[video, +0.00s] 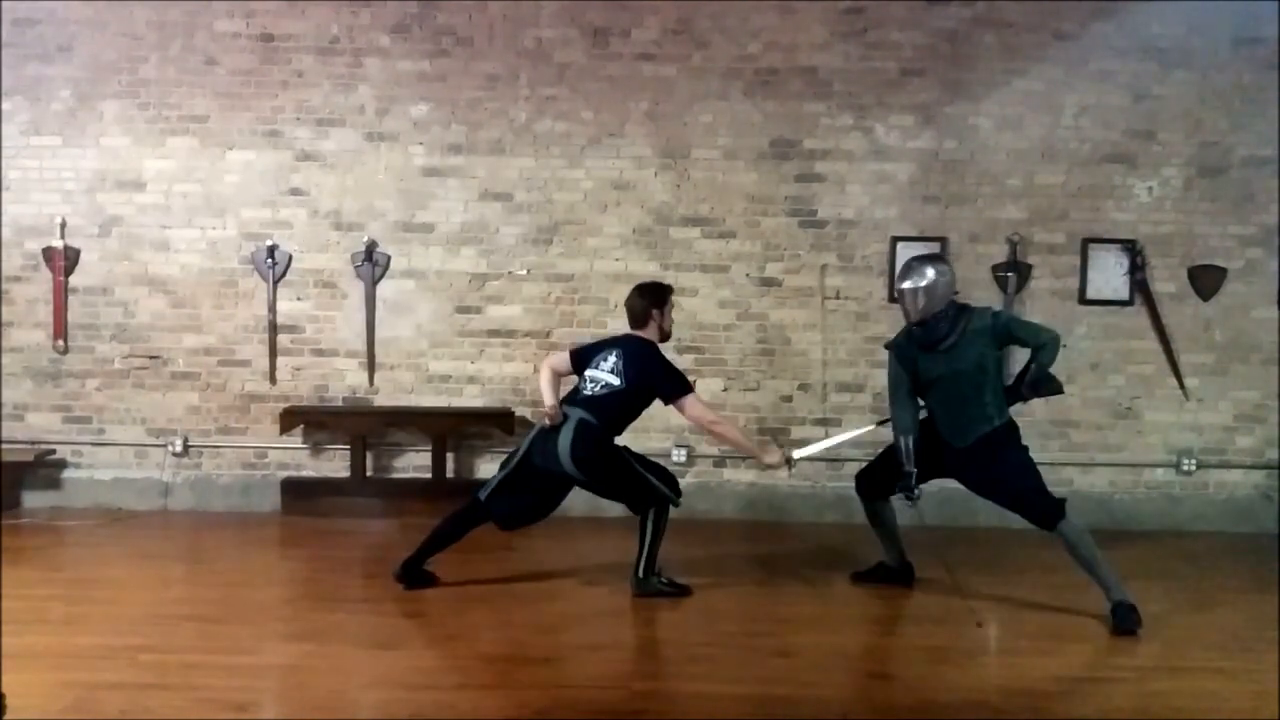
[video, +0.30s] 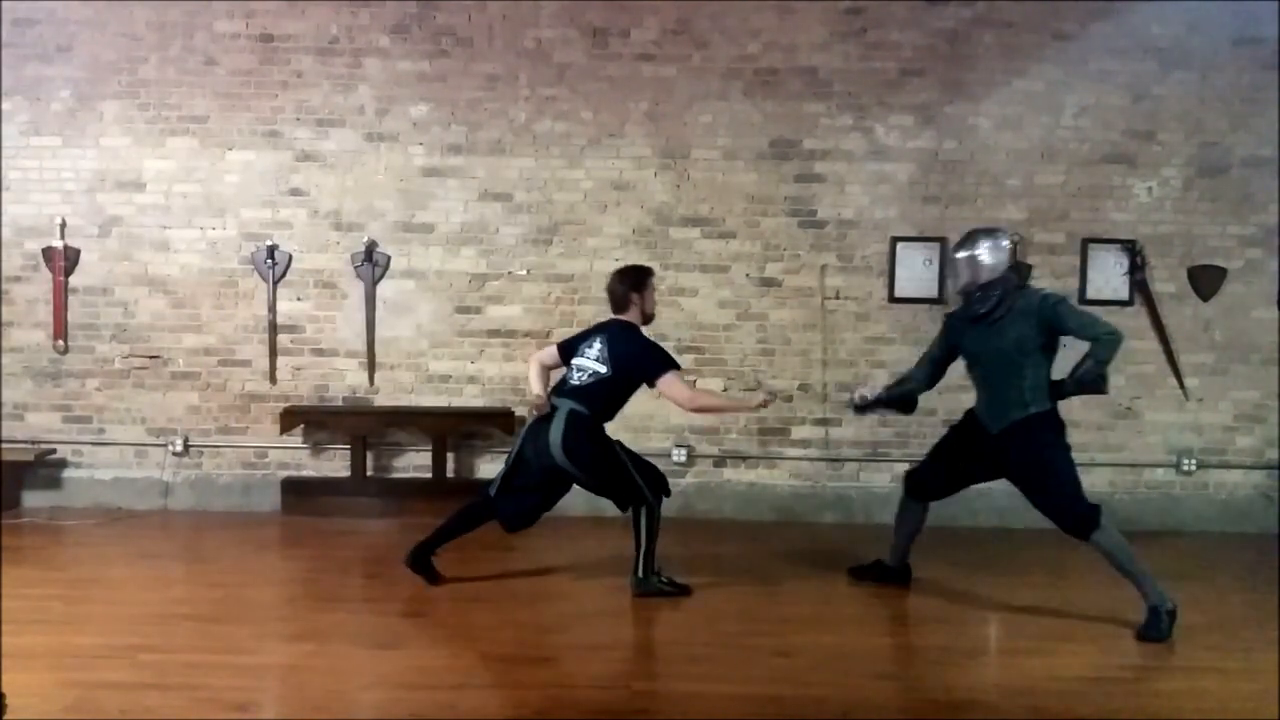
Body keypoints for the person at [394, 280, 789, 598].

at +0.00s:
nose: (673, 321)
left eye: (671, 314)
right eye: (670, 314)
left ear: (633, 316)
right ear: (657, 317)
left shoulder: (600, 348)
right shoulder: (655, 362)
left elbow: (549, 365)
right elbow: (704, 419)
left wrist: (550, 405)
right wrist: (758, 450)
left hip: (550, 436)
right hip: (587, 446)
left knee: (486, 501)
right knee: (659, 490)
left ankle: (413, 564)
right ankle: (647, 575)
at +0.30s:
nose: (656, 299)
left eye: (654, 292)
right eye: (652, 293)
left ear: (620, 299)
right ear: (636, 299)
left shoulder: (595, 335)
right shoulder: (642, 346)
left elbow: (539, 361)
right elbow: (688, 400)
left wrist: (539, 396)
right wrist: (746, 405)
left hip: (543, 429)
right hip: (577, 435)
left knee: (497, 498)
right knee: (646, 488)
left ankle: (423, 551)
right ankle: (645, 576)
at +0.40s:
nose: (621, 281)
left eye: (619, 273)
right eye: (617, 273)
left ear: (582, 281)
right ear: (600, 279)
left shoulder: (559, 323)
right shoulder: (609, 327)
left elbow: (511, 356)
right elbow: (658, 373)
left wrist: (520, 392)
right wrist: (716, 389)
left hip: (527, 426)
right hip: (563, 428)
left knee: (492, 497)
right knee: (634, 489)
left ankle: (430, 561)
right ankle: (649, 576)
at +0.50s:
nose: (577, 261)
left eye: (575, 253)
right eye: (572, 254)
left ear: (542, 261)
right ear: (553, 259)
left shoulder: (517, 305)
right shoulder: (563, 303)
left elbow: (476, 353)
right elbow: (616, 343)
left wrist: (495, 386)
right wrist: (674, 367)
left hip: (504, 413)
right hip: (541, 413)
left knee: (484, 496)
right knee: (602, 492)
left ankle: (434, 567)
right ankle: (644, 574)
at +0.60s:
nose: (540, 249)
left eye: (539, 241)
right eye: (535, 242)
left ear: (504, 249)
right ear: (515, 247)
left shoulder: (483, 294)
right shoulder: (525, 290)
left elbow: (447, 346)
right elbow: (581, 328)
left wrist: (465, 378)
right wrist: (640, 349)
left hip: (479, 402)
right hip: (513, 402)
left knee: (469, 488)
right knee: (565, 485)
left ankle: (432, 567)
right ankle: (602, 570)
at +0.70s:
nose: (512, 242)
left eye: (510, 235)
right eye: (507, 236)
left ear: (478, 243)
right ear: (488, 241)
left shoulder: (457, 289)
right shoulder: (498, 285)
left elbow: (422, 340)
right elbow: (557, 322)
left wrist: (434, 368)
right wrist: (614, 343)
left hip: (449, 399)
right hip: (481, 399)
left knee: (461, 485)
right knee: (537, 477)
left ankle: (430, 568)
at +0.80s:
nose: (492, 238)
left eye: (489, 231)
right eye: (486, 231)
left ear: (456, 240)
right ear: (467, 238)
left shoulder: (436, 285)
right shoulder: (478, 283)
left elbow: (397, 334)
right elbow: (537, 319)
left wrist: (406, 360)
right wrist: (593, 342)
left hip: (427, 395)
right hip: (454, 396)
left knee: (449, 487)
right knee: (498, 484)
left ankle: (430, 569)